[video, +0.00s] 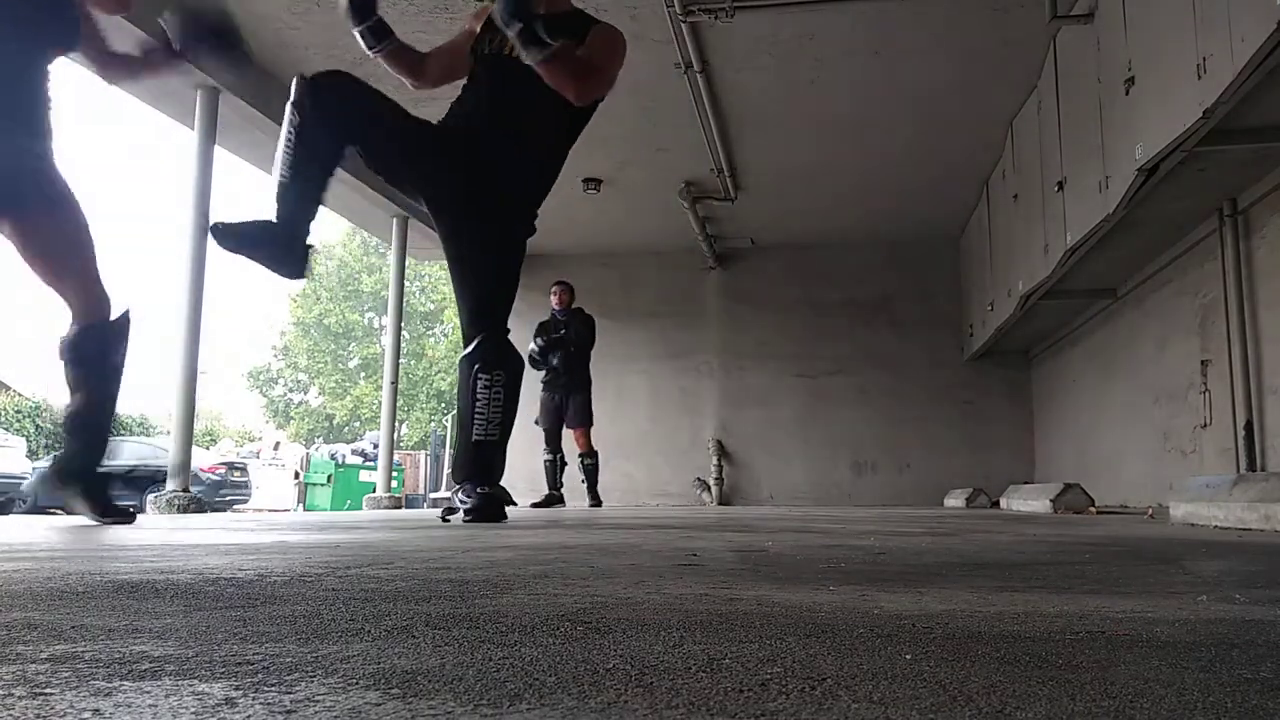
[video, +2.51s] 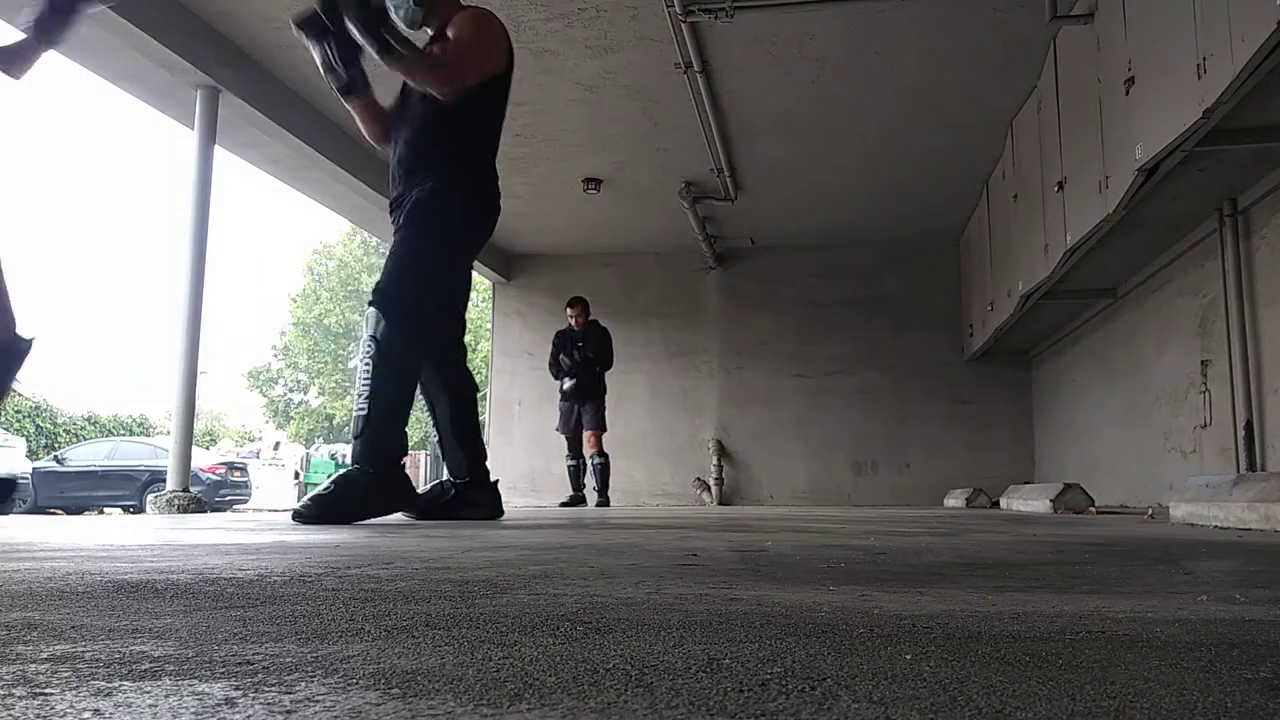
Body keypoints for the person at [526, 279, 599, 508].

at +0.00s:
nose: (558, 297)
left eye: (562, 293)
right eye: (554, 294)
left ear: (571, 297)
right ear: (550, 299)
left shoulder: (583, 320)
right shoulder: (544, 326)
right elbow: (534, 359)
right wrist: (548, 358)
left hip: (577, 388)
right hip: (551, 388)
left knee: (582, 438)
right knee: (550, 439)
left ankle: (592, 491)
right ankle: (554, 492)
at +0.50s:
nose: (589, 300)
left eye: (593, 296)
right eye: (585, 296)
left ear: (601, 301)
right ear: (579, 300)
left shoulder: (609, 325)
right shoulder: (567, 324)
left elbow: (611, 353)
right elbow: (556, 353)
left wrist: (592, 366)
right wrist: (563, 361)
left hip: (597, 390)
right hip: (571, 389)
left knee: (593, 438)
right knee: (562, 436)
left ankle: (592, 494)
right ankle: (554, 489)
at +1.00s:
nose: (578, 306)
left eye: (582, 302)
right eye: (574, 303)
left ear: (590, 307)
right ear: (569, 307)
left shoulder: (601, 329)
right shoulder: (561, 331)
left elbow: (612, 357)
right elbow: (553, 362)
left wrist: (591, 371)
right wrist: (567, 369)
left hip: (592, 393)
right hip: (567, 393)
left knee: (588, 438)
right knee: (568, 440)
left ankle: (591, 493)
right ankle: (575, 489)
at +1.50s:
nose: (562, 313)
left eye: (566, 309)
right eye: (558, 309)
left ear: (575, 311)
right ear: (555, 313)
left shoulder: (588, 332)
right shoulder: (551, 339)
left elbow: (600, 360)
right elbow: (547, 371)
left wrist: (580, 370)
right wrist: (552, 375)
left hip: (584, 395)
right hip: (561, 397)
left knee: (583, 440)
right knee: (568, 443)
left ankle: (590, 493)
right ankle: (576, 492)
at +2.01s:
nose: (563, 313)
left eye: (568, 309)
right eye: (560, 309)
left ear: (576, 312)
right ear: (555, 314)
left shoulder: (589, 333)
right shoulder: (550, 340)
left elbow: (603, 360)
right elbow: (547, 369)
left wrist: (580, 364)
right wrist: (554, 382)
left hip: (585, 396)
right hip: (562, 399)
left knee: (585, 439)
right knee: (568, 444)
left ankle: (591, 492)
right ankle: (576, 492)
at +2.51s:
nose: (574, 320)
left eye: (578, 316)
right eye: (570, 316)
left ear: (587, 314)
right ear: (566, 316)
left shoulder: (599, 333)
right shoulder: (561, 337)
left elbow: (606, 363)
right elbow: (554, 366)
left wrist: (581, 362)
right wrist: (565, 374)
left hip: (592, 395)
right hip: (569, 397)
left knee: (592, 439)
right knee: (572, 442)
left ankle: (602, 494)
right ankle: (577, 492)